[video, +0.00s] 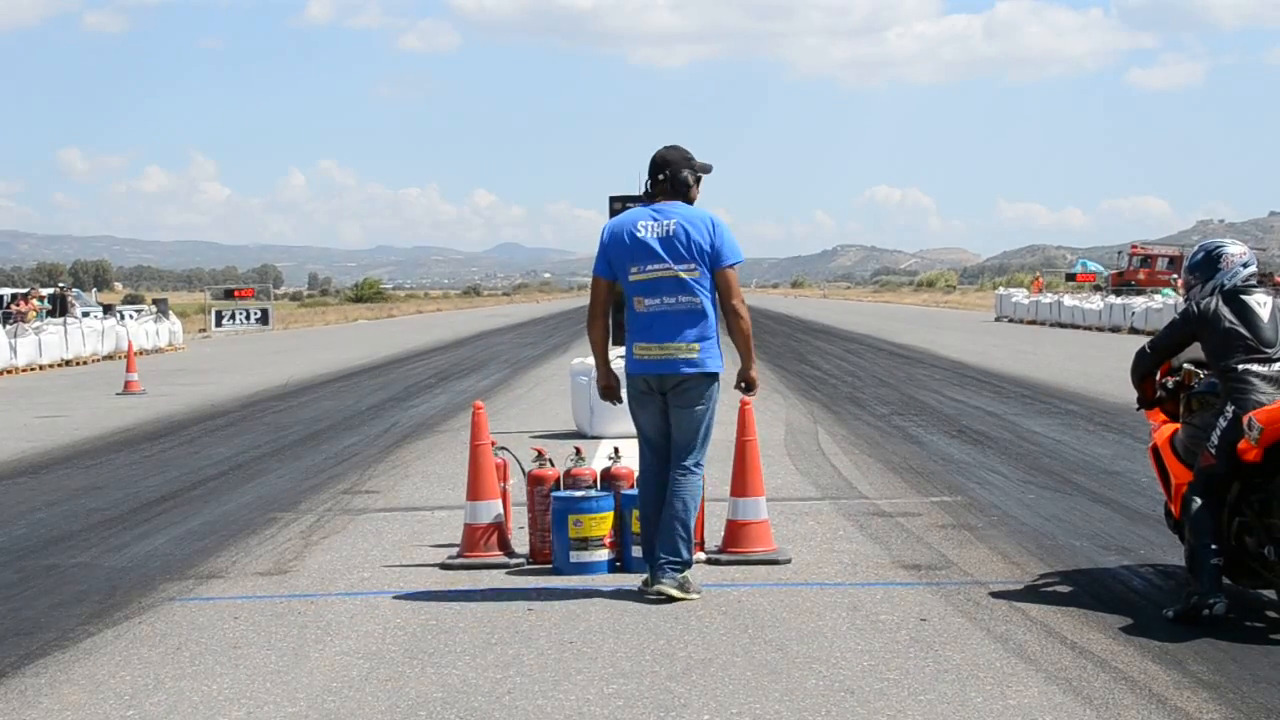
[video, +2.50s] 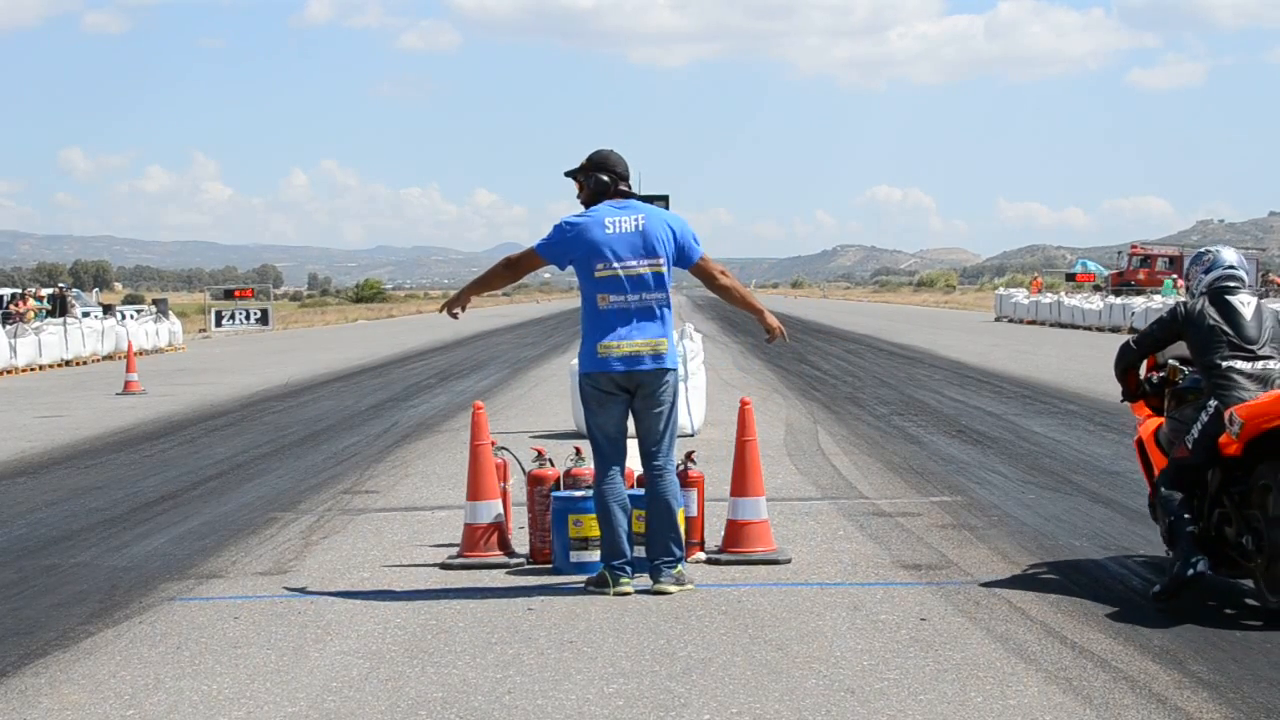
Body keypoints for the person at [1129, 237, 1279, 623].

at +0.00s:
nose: (1188, 288)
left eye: (1191, 280)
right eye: (1188, 281)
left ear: (1208, 275)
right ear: (1240, 266)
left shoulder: (1204, 306)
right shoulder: (1270, 298)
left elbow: (1146, 357)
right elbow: (1258, 352)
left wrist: (1150, 396)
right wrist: (1217, 380)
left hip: (1247, 404)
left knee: (1200, 492)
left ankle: (1207, 593)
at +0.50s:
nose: (1186, 287)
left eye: (1190, 280)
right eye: (1187, 280)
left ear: (1205, 276)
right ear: (1244, 268)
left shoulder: (1200, 309)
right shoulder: (1271, 301)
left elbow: (1139, 357)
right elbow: (1258, 353)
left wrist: (1148, 398)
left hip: (1243, 405)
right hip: (1279, 399)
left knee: (1198, 494)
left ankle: (1206, 593)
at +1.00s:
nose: (1186, 287)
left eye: (1189, 280)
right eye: (1186, 280)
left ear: (1203, 277)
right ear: (1244, 269)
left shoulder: (1198, 309)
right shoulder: (1271, 304)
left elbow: (1136, 359)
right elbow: (1257, 353)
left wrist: (1148, 399)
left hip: (1243, 403)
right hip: (1279, 398)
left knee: (1199, 492)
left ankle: (1205, 591)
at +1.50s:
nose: (1187, 288)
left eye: (1191, 280)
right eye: (1188, 281)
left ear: (1206, 276)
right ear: (1245, 268)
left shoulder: (1200, 309)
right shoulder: (1273, 303)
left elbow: (1139, 357)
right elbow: (1260, 353)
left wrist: (1148, 397)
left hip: (1244, 404)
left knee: (1199, 494)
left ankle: (1206, 592)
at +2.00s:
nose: (1191, 286)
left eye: (1193, 278)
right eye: (1192, 279)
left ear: (1205, 275)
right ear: (1245, 269)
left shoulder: (1199, 310)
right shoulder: (1272, 304)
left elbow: (1136, 356)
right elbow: (1259, 354)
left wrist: (1148, 396)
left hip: (1242, 402)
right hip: (1279, 398)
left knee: (1196, 489)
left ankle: (1205, 580)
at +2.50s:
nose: (1188, 283)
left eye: (1191, 276)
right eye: (1189, 277)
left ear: (1201, 274)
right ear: (1241, 273)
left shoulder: (1192, 309)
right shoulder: (1268, 308)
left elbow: (1131, 350)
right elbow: (1259, 353)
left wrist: (1132, 386)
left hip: (1230, 402)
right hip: (1273, 397)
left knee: (1170, 484)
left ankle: (1187, 556)